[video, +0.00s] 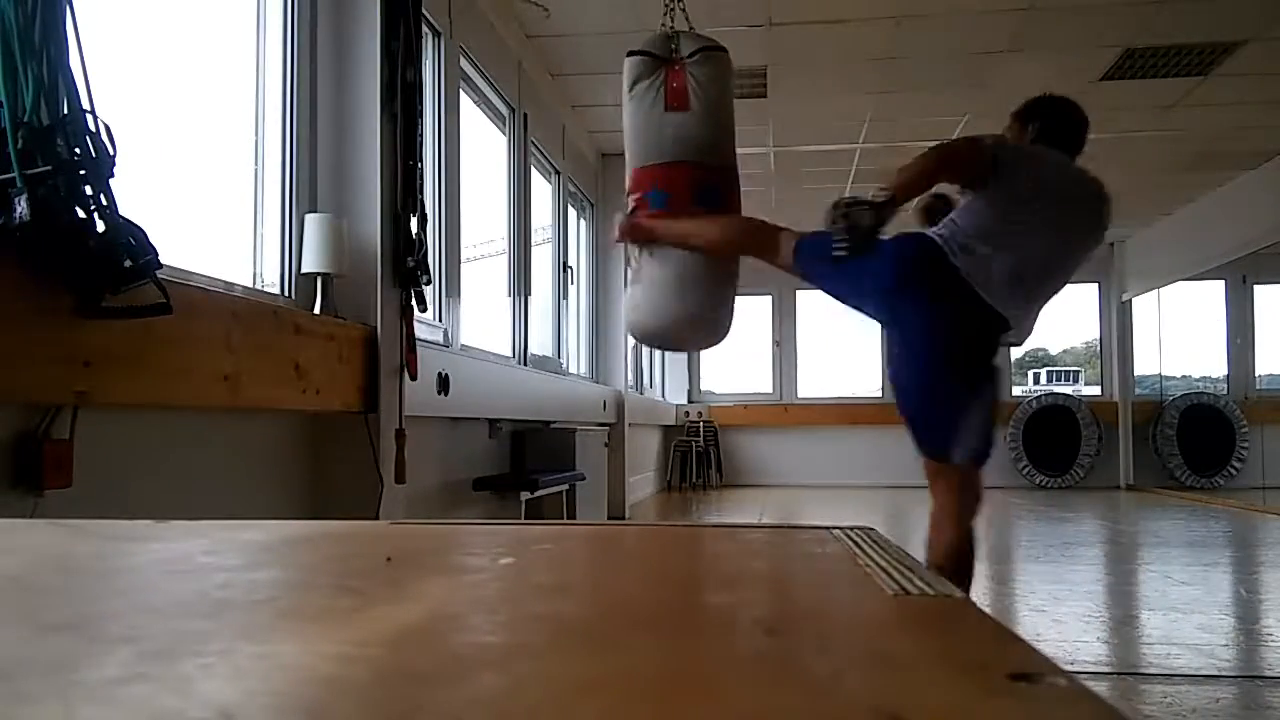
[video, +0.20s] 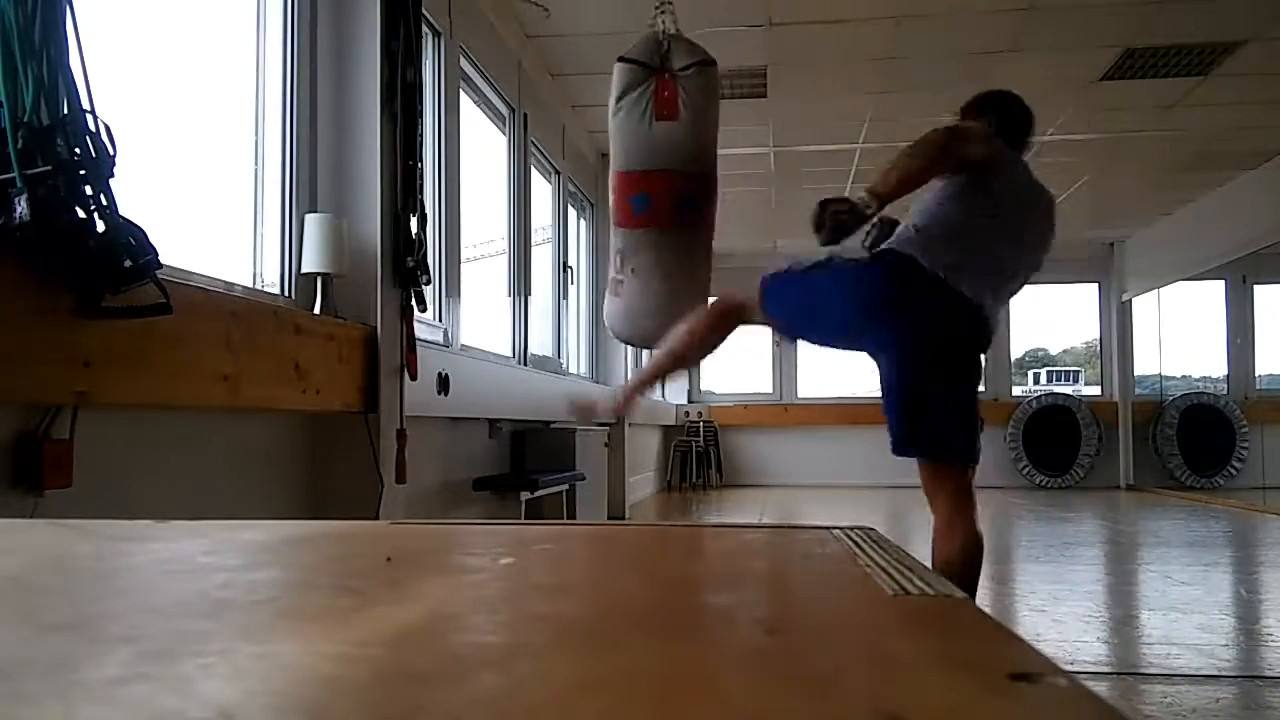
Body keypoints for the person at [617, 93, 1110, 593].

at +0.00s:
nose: (1005, 135)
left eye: (1010, 128)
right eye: (1010, 130)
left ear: (1025, 131)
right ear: (1078, 149)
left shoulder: (1010, 153)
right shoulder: (1094, 204)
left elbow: (943, 155)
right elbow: (1023, 250)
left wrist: (883, 202)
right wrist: (955, 216)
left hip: (915, 269)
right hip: (966, 338)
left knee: (773, 244)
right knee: (954, 502)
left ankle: (645, 227)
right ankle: (946, 642)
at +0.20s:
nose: (958, 128)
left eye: (964, 122)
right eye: (962, 120)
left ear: (979, 123)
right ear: (1025, 139)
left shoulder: (974, 140)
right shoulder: (1042, 210)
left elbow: (936, 147)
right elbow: (980, 264)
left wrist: (865, 201)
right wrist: (895, 230)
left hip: (893, 285)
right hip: (955, 334)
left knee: (736, 305)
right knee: (952, 500)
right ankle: (956, 641)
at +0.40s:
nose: (870, 129)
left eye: (871, 120)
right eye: (871, 121)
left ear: (881, 114)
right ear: (935, 120)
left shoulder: (886, 145)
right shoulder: (975, 181)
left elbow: (809, 210)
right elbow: (968, 271)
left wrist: (795, 187)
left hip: (853, 327)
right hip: (929, 344)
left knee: (744, 452)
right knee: (953, 504)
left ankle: (709, 583)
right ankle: (956, 640)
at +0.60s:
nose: (753, 130)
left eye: (752, 123)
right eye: (754, 124)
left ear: (757, 120)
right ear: (807, 114)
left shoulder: (746, 165)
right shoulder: (864, 149)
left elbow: (678, 229)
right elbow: (820, 205)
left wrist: (704, 165)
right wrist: (759, 151)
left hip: (801, 347)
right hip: (884, 340)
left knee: (758, 507)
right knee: (931, 505)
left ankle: (734, 643)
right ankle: (966, 640)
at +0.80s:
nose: (685, 120)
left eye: (683, 113)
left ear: (685, 112)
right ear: (741, 100)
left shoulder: (677, 175)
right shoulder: (795, 123)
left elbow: (652, 233)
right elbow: (786, 181)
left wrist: (664, 166)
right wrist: (697, 144)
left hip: (777, 329)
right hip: (858, 307)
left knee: (752, 505)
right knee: (922, 473)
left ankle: (734, 643)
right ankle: (960, 626)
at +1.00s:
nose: (686, 95)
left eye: (683, 87)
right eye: (686, 89)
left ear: (685, 88)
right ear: (746, 74)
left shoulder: (676, 159)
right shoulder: (801, 107)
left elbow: (650, 233)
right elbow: (816, 159)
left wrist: (665, 153)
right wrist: (711, 120)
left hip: (768, 324)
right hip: (853, 300)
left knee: (743, 506)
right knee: (926, 473)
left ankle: (733, 649)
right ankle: (956, 629)